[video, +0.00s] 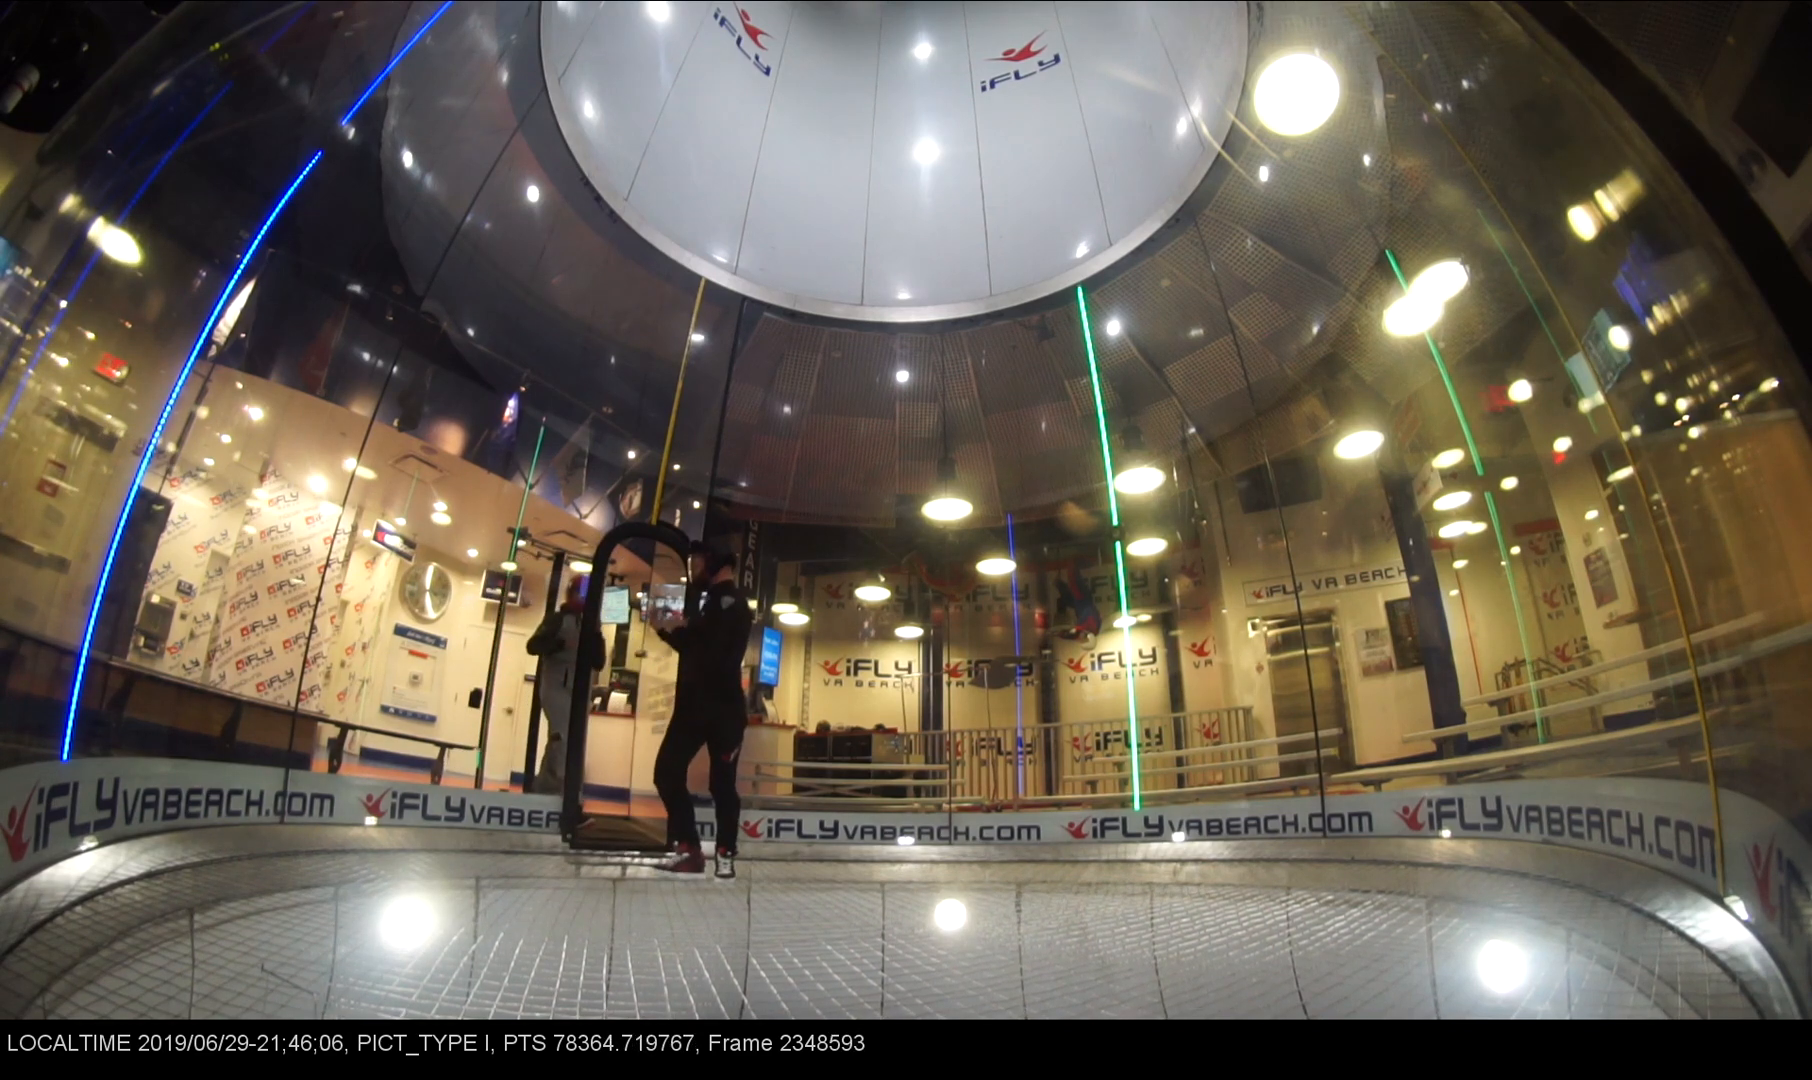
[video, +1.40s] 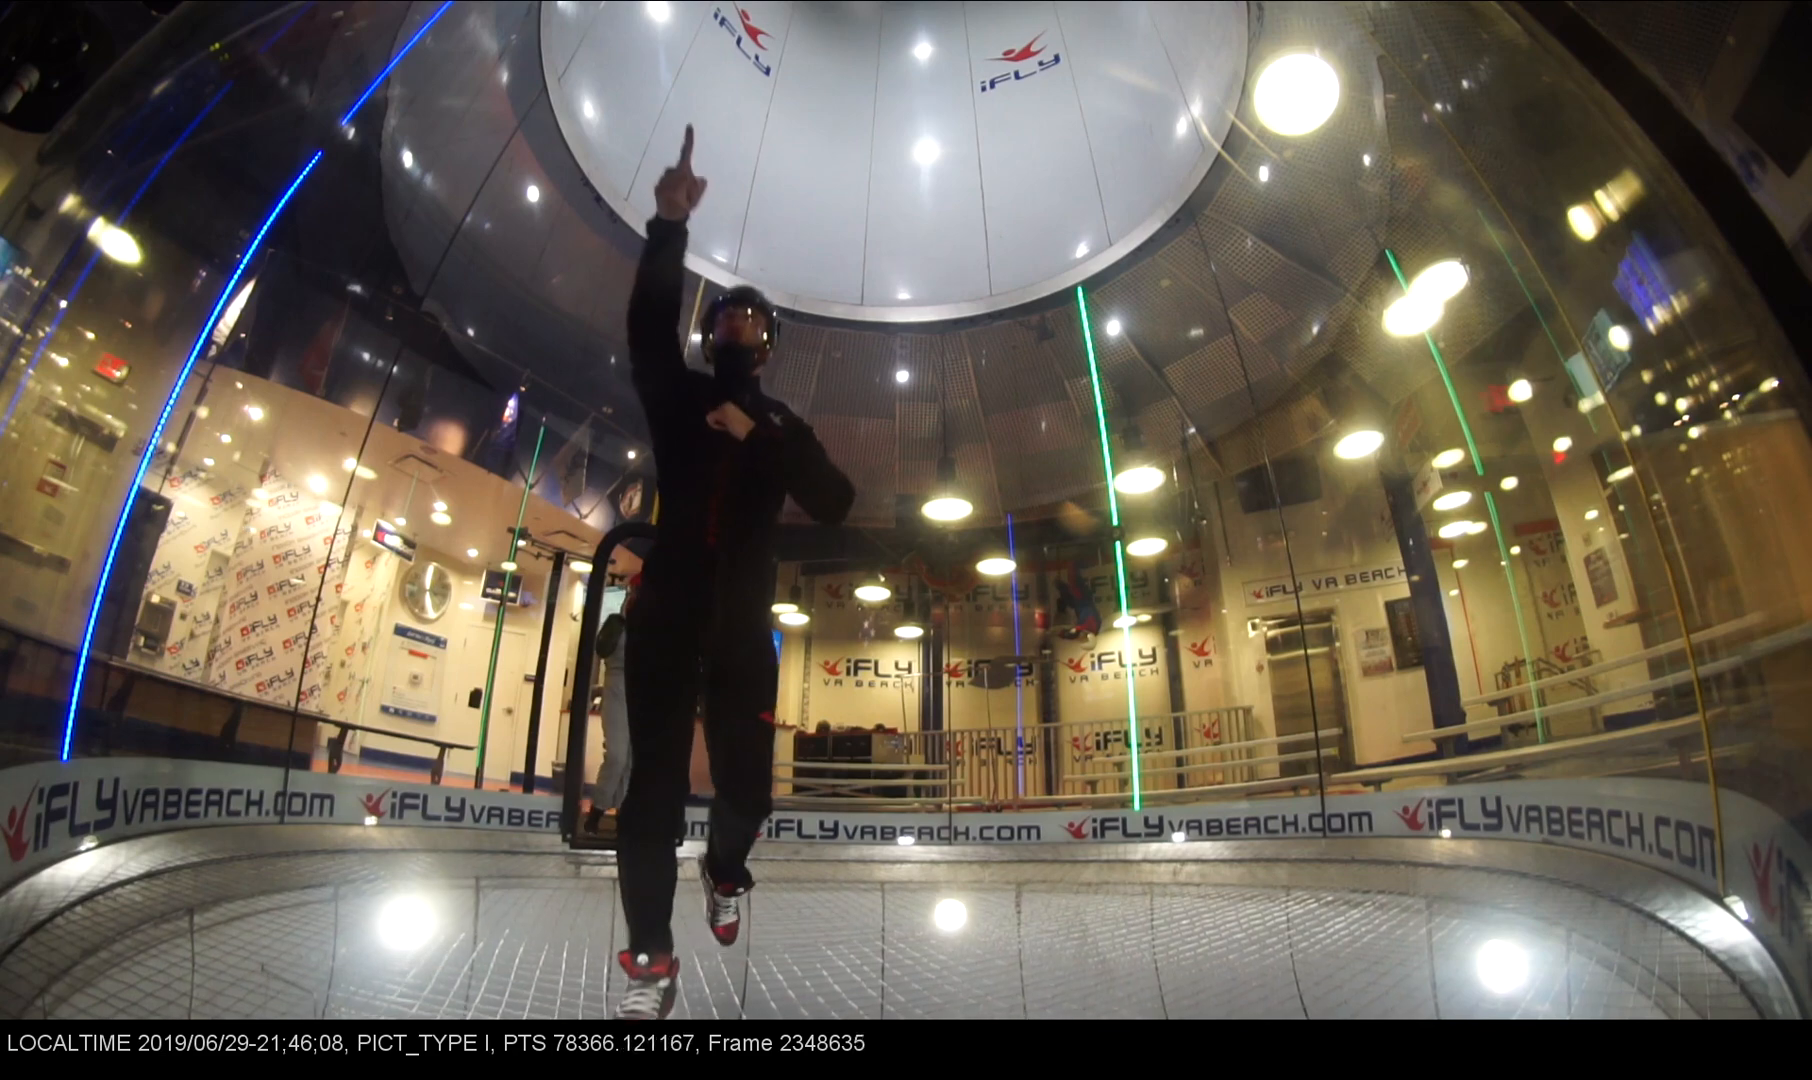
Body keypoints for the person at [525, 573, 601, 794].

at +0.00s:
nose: (583, 597)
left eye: (587, 593)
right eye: (579, 592)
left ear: (592, 596)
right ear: (570, 593)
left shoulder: (591, 623)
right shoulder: (557, 618)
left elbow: (598, 662)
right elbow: (533, 646)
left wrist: (594, 635)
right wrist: (556, 642)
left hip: (581, 690)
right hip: (555, 686)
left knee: (562, 737)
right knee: (561, 735)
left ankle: (545, 786)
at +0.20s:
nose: (588, 597)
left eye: (592, 592)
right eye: (585, 590)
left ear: (595, 596)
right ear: (575, 592)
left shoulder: (592, 625)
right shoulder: (563, 617)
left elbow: (618, 645)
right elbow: (552, 634)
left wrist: (614, 616)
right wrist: (570, 607)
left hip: (584, 688)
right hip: (562, 686)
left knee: (568, 739)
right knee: (565, 737)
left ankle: (548, 786)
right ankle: (573, 793)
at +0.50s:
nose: (605, 601)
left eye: (609, 596)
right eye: (601, 595)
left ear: (611, 601)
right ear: (590, 595)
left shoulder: (611, 627)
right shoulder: (574, 619)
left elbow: (634, 634)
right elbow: (583, 617)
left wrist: (622, 602)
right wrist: (598, 590)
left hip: (602, 695)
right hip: (579, 692)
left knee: (596, 755)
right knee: (582, 754)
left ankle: (567, 796)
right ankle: (577, 810)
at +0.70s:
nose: (614, 596)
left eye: (618, 592)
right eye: (610, 590)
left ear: (622, 598)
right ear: (598, 592)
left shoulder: (621, 626)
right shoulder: (586, 619)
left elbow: (641, 643)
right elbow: (581, 624)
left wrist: (633, 611)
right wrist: (597, 602)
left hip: (613, 691)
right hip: (589, 690)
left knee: (614, 752)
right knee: (586, 750)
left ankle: (594, 800)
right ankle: (581, 807)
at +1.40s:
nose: (633, 602)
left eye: (638, 598)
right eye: (632, 596)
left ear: (644, 603)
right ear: (628, 599)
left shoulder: (650, 626)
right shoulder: (617, 622)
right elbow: (602, 650)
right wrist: (619, 620)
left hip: (640, 690)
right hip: (617, 688)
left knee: (633, 756)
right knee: (617, 754)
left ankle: (622, 810)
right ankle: (597, 809)